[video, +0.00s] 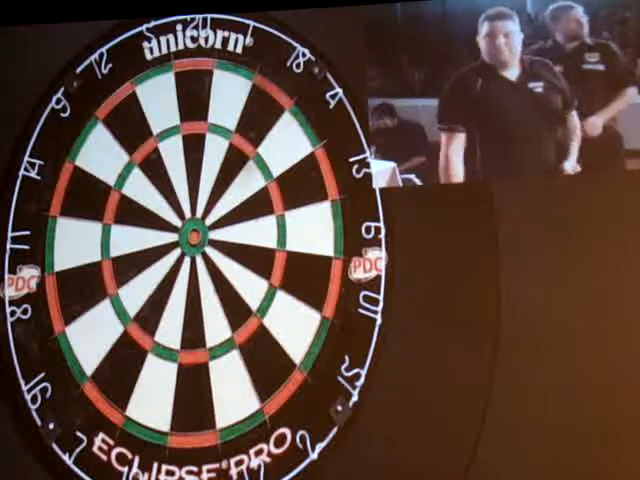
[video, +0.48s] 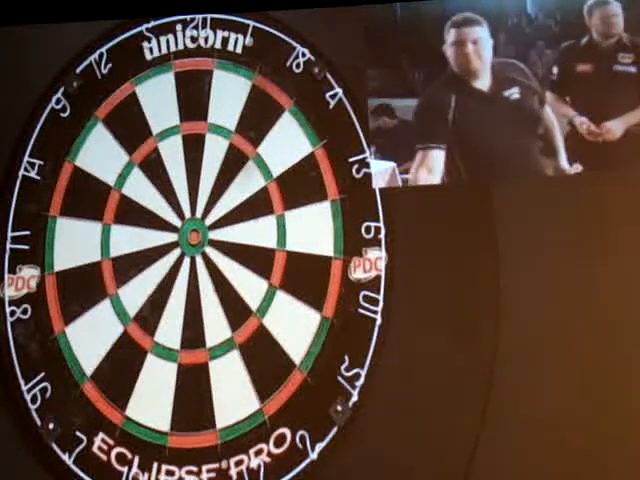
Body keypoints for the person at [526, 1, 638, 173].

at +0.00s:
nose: (582, 23)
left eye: (583, 18)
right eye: (574, 19)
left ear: (587, 20)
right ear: (555, 24)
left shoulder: (605, 50)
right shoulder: (537, 55)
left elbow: (631, 91)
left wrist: (600, 118)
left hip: (601, 147)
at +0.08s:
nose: (590, 23)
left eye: (591, 17)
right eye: (582, 19)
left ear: (596, 19)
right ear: (564, 25)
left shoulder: (616, 51)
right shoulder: (545, 55)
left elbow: (636, 92)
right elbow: (534, 97)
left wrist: (607, 119)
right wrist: (565, 123)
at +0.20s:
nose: (593, 37)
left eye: (598, 27)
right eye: (586, 34)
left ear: (606, 23)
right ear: (571, 25)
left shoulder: (626, 52)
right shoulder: (554, 56)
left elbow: (637, 97)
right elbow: (543, 97)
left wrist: (612, 119)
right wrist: (568, 122)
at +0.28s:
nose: (596, 38)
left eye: (601, 29)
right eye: (589, 34)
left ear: (608, 23)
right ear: (573, 26)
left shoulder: (628, 52)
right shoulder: (556, 56)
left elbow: (637, 98)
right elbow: (543, 98)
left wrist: (614, 119)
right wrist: (567, 121)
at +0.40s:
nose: (607, 23)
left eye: (610, 17)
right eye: (600, 19)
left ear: (616, 19)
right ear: (583, 23)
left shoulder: (633, 50)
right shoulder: (562, 55)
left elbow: (638, 102)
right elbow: (553, 99)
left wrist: (620, 122)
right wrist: (573, 121)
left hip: (625, 158)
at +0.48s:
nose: (611, 22)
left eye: (615, 17)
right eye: (604, 18)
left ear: (623, 18)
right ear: (588, 21)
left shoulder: (635, 50)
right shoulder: (570, 53)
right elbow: (552, 96)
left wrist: (622, 123)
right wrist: (576, 119)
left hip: (627, 161)